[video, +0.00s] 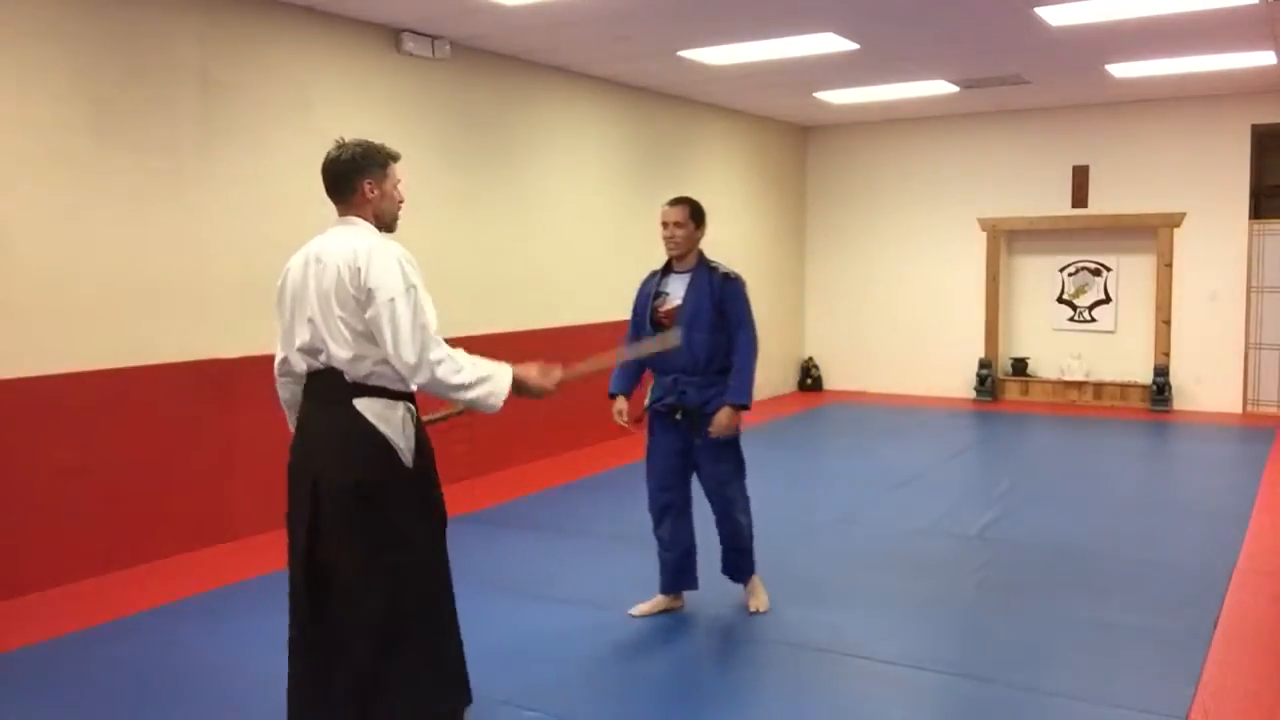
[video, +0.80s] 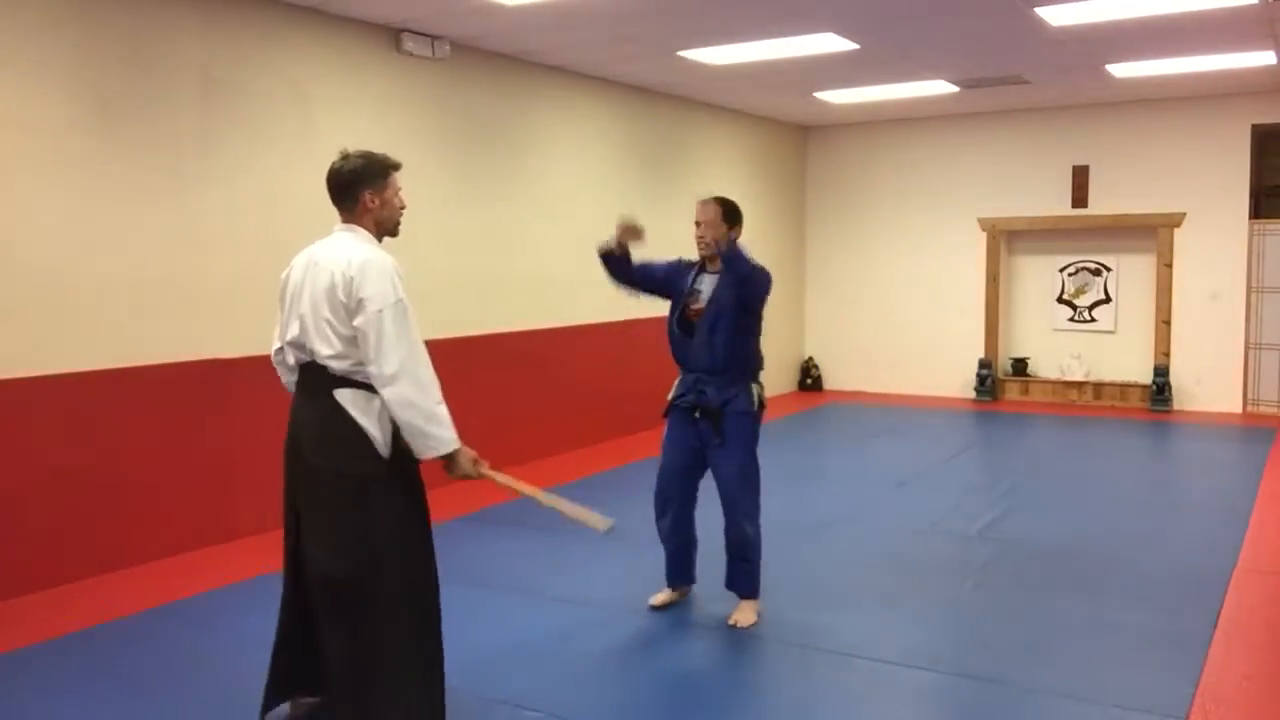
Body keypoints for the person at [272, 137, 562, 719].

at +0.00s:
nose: (402, 194)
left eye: (399, 183)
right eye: (395, 184)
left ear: (348, 194)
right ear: (368, 190)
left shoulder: (299, 264)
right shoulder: (380, 256)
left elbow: (289, 371)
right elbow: (421, 357)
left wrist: (312, 432)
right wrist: (511, 377)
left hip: (316, 433)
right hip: (377, 431)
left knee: (326, 589)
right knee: (402, 584)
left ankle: (329, 709)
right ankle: (414, 706)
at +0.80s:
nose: (404, 202)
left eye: (401, 192)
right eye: (395, 193)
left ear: (353, 202)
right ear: (369, 200)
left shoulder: (304, 262)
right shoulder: (373, 265)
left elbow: (286, 354)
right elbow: (400, 368)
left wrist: (321, 400)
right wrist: (451, 446)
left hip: (309, 426)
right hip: (361, 429)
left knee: (322, 567)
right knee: (389, 568)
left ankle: (316, 693)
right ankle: (391, 700)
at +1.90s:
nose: (389, 223)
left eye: (388, 212)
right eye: (386, 214)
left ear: (333, 220)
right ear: (368, 219)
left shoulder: (294, 280)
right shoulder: (376, 287)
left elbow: (281, 367)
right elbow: (417, 388)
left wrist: (343, 375)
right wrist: (474, 407)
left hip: (304, 430)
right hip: (365, 435)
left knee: (321, 565)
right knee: (424, 561)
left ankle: (313, 703)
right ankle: (401, 701)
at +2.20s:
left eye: (354, 212)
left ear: (349, 218)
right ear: (405, 214)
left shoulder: (328, 289)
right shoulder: (451, 279)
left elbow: (291, 390)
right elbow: (482, 356)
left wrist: (289, 430)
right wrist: (429, 344)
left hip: (364, 444)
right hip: (444, 440)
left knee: (346, 580)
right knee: (449, 586)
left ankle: (323, 696)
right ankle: (456, 706)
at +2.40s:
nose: (357, 217)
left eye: (356, 211)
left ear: (356, 214)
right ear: (413, 213)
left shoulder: (347, 267)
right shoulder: (457, 269)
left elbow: (330, 341)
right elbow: (467, 341)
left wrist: (275, 417)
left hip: (392, 441)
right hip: (470, 433)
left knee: (354, 593)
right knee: (474, 588)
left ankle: (364, 705)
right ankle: (476, 705)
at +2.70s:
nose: (388, 282)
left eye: (388, 274)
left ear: (389, 278)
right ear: (443, 278)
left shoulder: (384, 325)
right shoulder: (477, 330)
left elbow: (328, 405)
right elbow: (505, 412)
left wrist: (274, 471)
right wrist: (417, 476)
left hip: (447, 480)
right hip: (517, 474)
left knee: (379, 619)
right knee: (501, 617)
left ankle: (367, 705)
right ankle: (505, 706)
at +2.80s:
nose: (409, 276)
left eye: (409, 269)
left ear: (410, 272)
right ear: (463, 270)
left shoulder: (401, 329)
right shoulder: (504, 326)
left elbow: (352, 421)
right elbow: (539, 406)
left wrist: (323, 490)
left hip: (470, 482)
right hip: (537, 471)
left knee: (395, 623)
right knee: (534, 612)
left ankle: (375, 708)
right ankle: (580, 708)